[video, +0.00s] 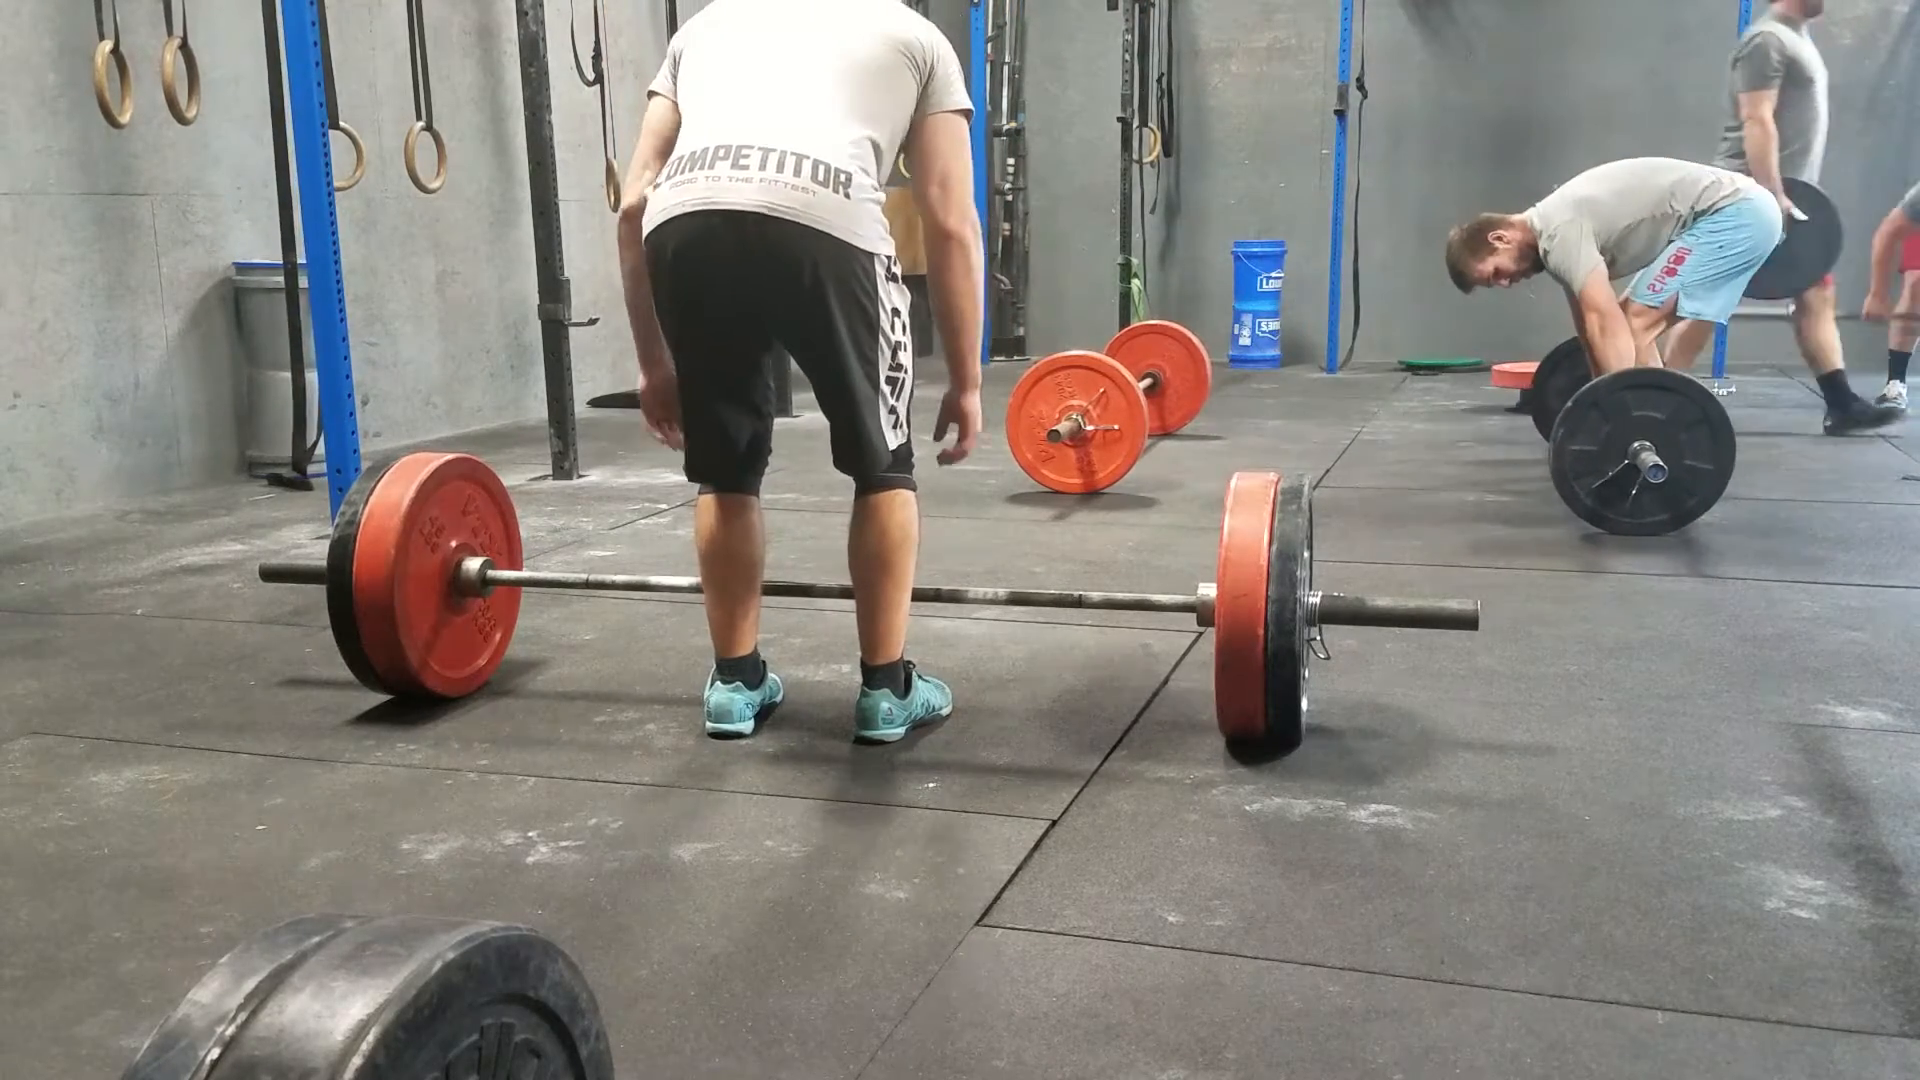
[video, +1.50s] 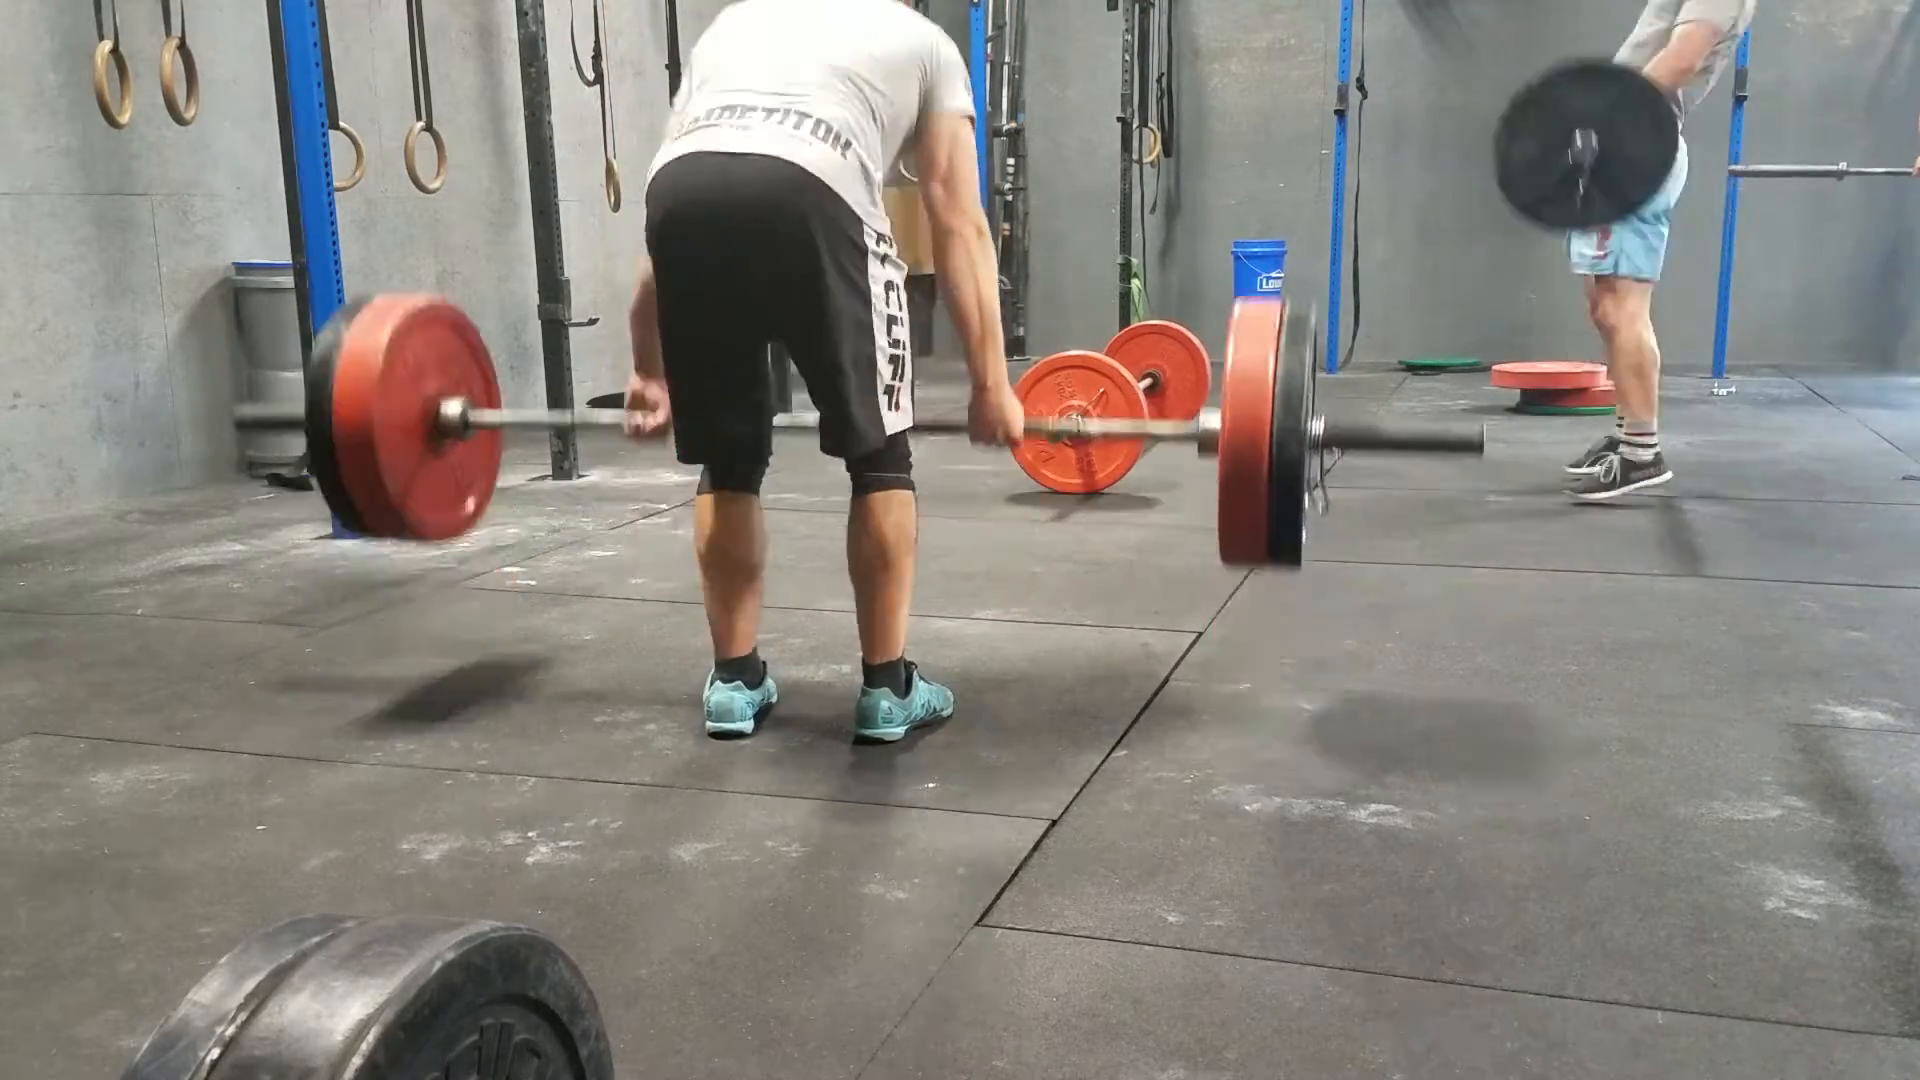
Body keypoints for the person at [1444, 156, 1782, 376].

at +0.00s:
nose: (1505, 283)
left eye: (1495, 274)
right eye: (1495, 284)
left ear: (1500, 240)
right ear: (1503, 235)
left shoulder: (1562, 230)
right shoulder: (1553, 229)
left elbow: (1604, 325)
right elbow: (1591, 324)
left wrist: (1621, 419)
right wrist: (1607, 413)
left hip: (1734, 212)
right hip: (1738, 210)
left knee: (1627, 324)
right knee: (1642, 331)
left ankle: (1638, 443)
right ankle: (1663, 438)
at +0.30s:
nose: (1493, 273)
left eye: (1486, 260)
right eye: (1483, 268)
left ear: (1501, 227)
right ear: (1502, 226)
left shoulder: (1565, 230)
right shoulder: (1556, 234)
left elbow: (1604, 319)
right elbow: (1589, 320)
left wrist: (1625, 411)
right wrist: (1605, 403)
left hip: (1741, 230)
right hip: (1732, 230)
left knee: (1620, 328)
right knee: (1609, 326)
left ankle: (1641, 435)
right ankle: (1651, 432)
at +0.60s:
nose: (1473, 233)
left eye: (1472, 219)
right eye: (1467, 224)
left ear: (1504, 198)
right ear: (1506, 197)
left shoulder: (1557, 224)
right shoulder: (1555, 219)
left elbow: (1593, 319)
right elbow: (1580, 318)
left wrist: (1612, 415)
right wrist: (1603, 412)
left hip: (1734, 258)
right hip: (1733, 255)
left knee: (1604, 333)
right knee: (1598, 331)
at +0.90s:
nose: (1482, 157)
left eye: (1490, 145)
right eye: (1484, 146)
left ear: (1524, 148)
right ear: (1523, 148)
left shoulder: (1573, 190)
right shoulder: (1570, 191)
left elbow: (1598, 289)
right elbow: (1592, 289)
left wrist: (1589, 382)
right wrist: (1586, 378)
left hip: (1738, 248)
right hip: (1735, 248)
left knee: (1618, 326)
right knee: (1619, 328)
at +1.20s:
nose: (1530, 22)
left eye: (1542, 12)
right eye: (1535, 12)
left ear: (1573, 26)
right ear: (1573, 28)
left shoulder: (1601, 81)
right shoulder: (1593, 83)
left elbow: (1622, 180)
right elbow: (1609, 180)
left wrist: (1608, 273)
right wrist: (1596, 267)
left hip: (1729, 203)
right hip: (1707, 204)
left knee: (1658, 323)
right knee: (1643, 318)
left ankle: (1644, 468)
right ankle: (1631, 455)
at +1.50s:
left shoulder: (1722, 1)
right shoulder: (1693, 4)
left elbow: (1682, 59)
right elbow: (1673, 59)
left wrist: (1606, 118)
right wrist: (1599, 114)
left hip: (1648, 142)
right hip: (1630, 138)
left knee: (1623, 308)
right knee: (1606, 308)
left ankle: (1641, 450)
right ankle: (1632, 438)